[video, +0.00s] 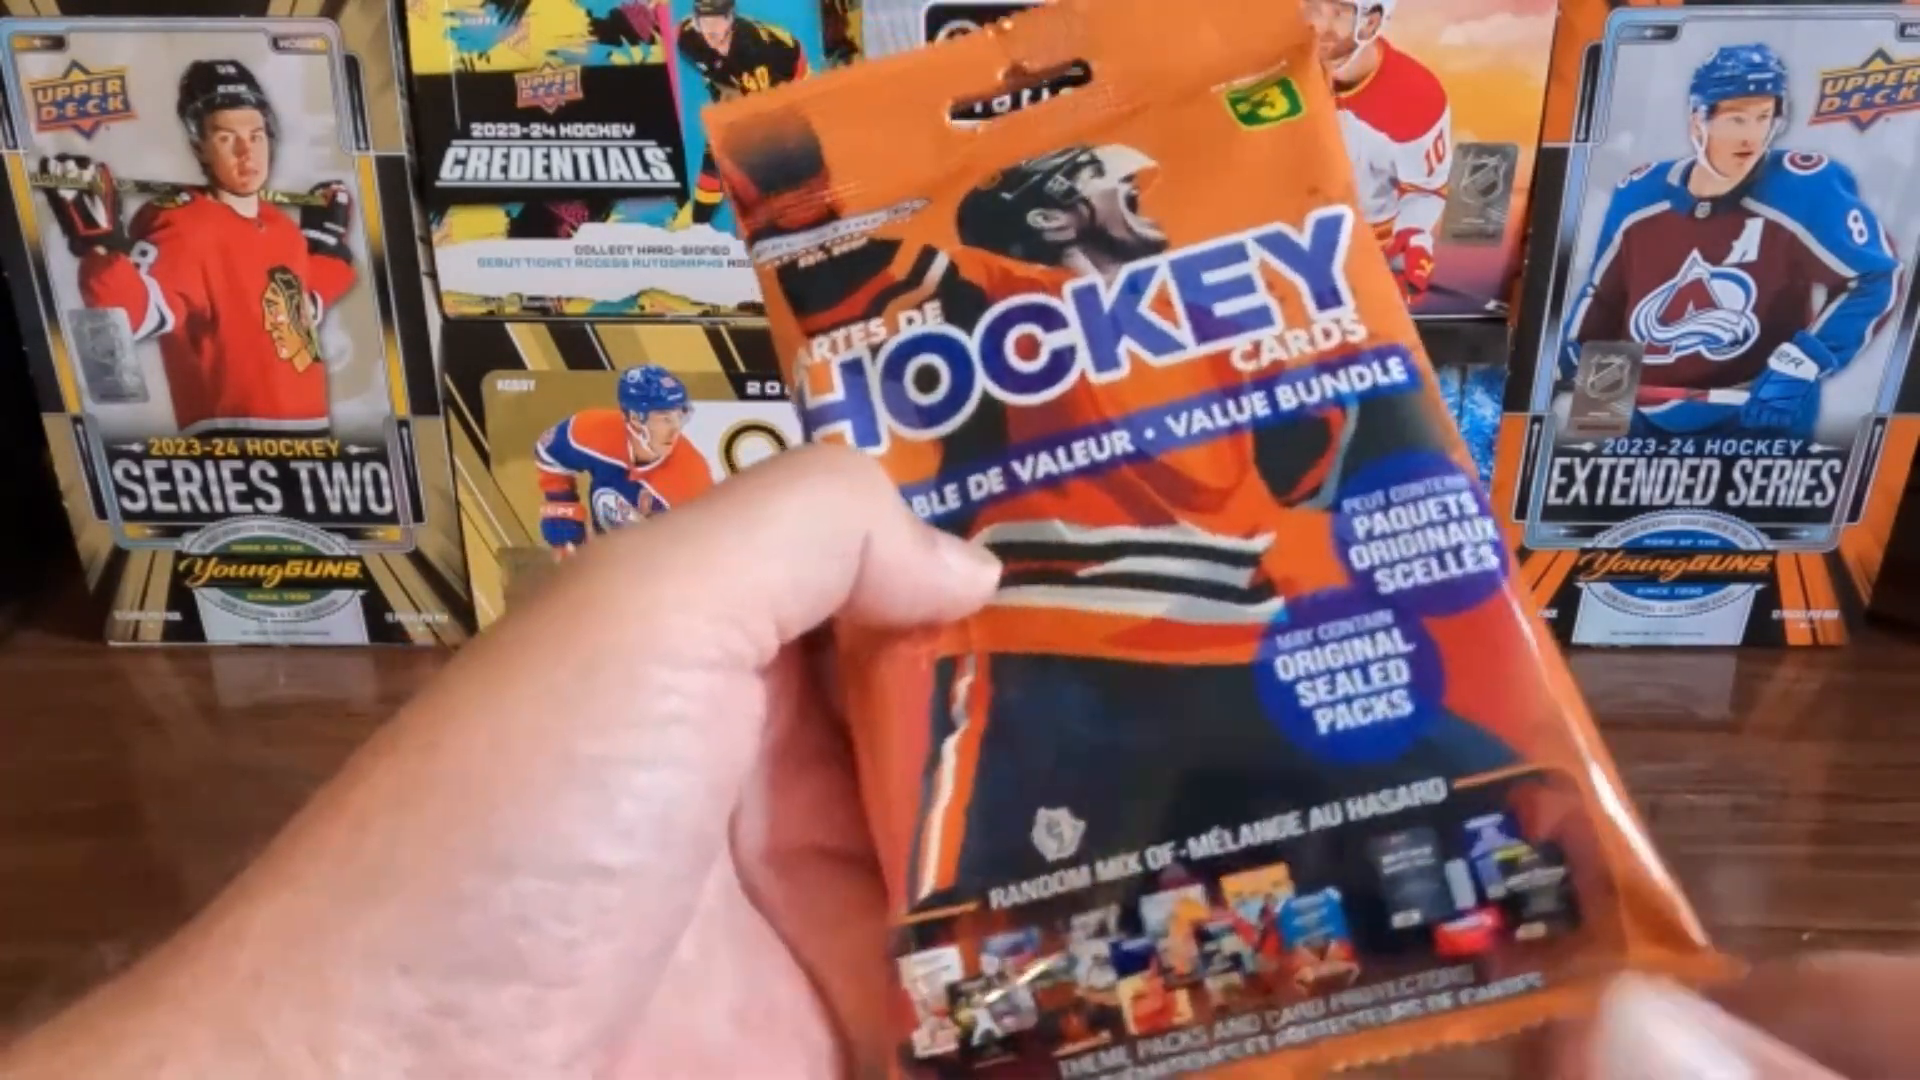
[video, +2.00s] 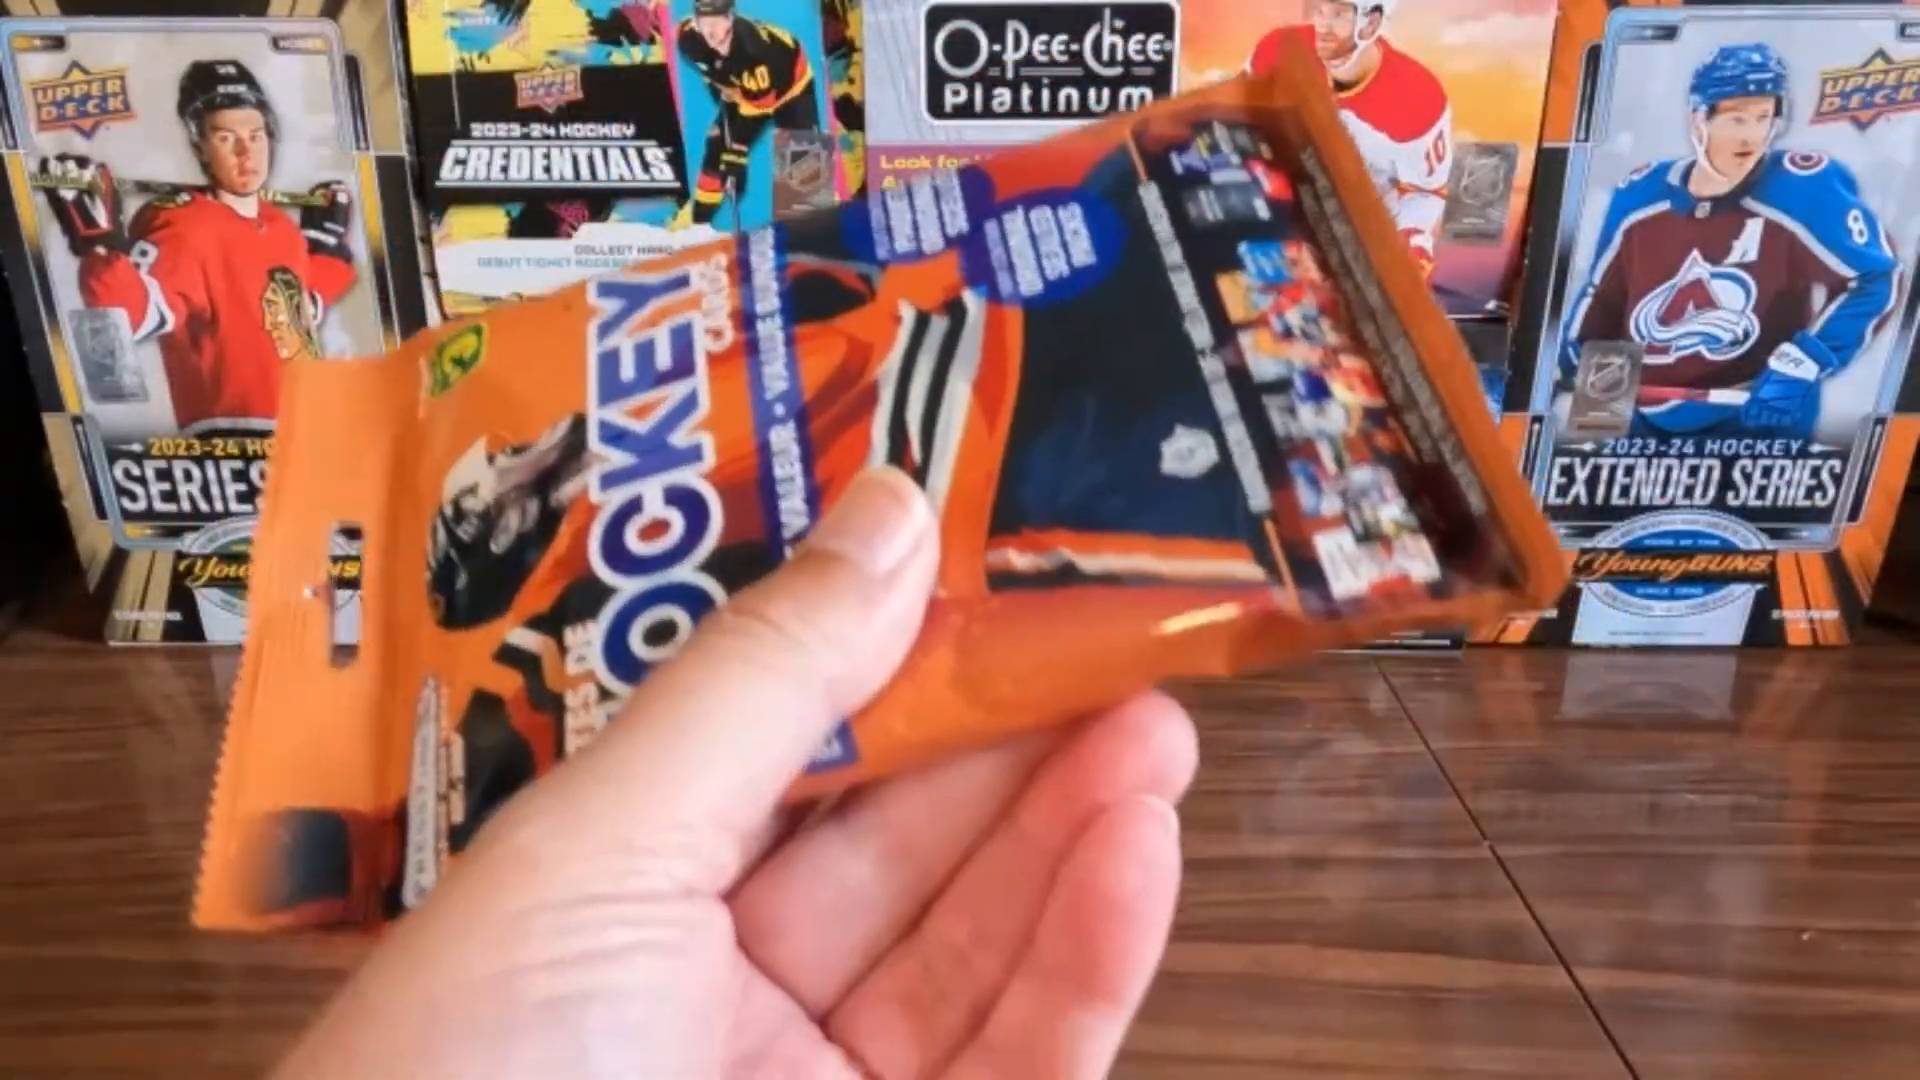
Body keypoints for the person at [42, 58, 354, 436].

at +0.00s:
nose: (247, 153)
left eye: (256, 135)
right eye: (228, 139)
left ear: (270, 139)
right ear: (200, 150)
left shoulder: (283, 228)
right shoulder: (184, 226)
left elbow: (302, 305)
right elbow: (141, 315)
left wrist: (335, 252)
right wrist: (100, 250)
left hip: (307, 433)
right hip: (230, 440)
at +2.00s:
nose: (246, 150)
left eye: (256, 134)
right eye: (227, 138)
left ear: (270, 139)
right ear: (200, 147)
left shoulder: (280, 225)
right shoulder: (183, 226)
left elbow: (301, 308)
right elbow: (139, 315)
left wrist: (333, 250)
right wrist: (99, 246)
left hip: (308, 424)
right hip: (232, 435)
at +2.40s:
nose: (246, 153)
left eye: (256, 136)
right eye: (226, 138)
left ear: (271, 141)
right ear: (200, 148)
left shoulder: (284, 226)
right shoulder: (183, 227)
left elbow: (316, 318)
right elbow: (139, 319)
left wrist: (330, 244)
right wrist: (101, 248)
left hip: (300, 417)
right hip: (217, 421)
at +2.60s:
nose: (246, 154)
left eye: (255, 135)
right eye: (227, 139)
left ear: (269, 138)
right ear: (200, 148)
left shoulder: (296, 215)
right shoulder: (177, 224)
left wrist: (333, 216)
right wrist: (100, 244)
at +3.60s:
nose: (247, 153)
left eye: (256, 136)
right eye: (228, 139)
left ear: (270, 141)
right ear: (201, 150)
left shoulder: (284, 229)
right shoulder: (179, 228)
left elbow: (312, 318)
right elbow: (153, 334)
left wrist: (331, 252)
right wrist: (102, 254)